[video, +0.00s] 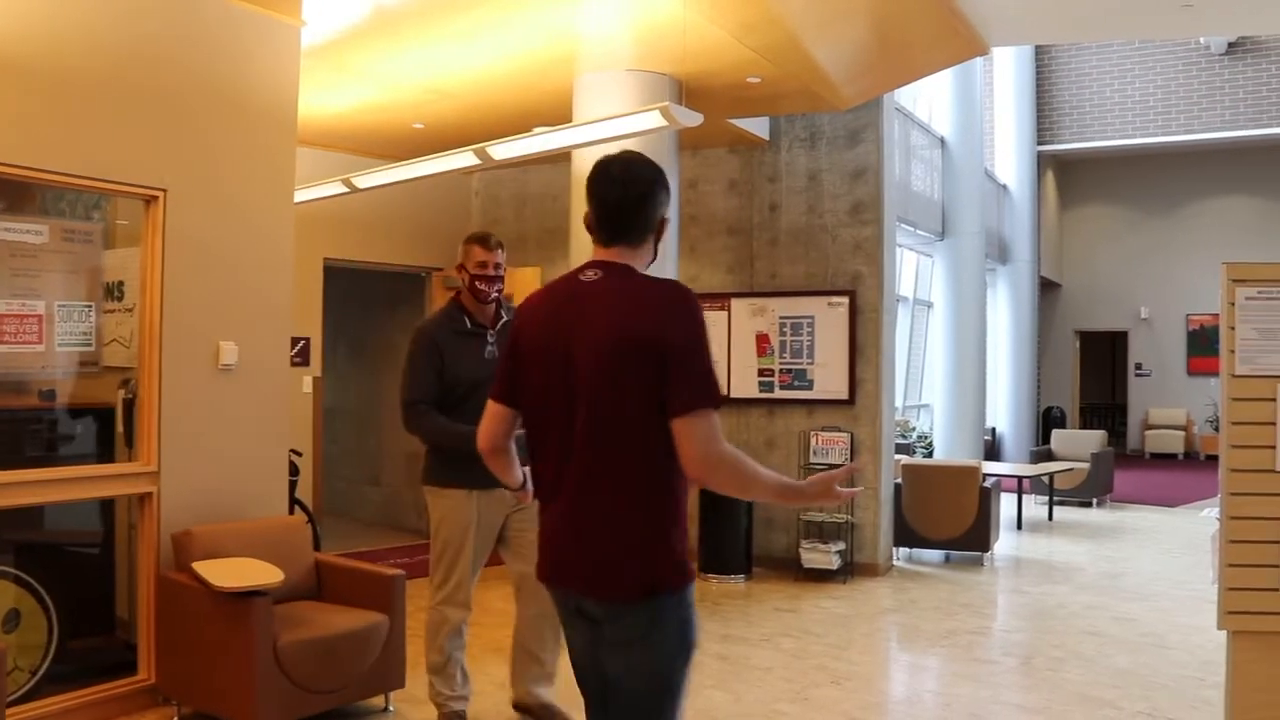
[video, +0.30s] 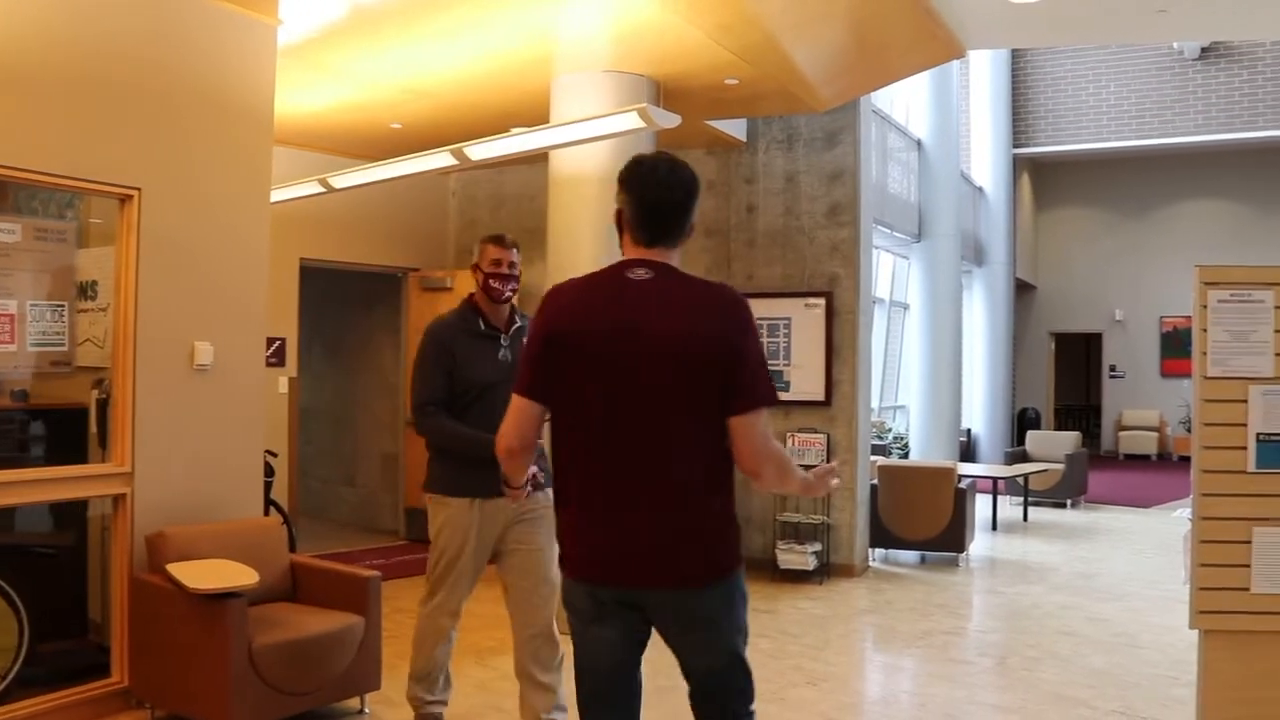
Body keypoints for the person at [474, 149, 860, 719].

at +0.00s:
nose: (666, 227)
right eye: (667, 216)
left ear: (589, 221)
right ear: (662, 225)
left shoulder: (538, 308)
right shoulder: (668, 304)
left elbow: (492, 440)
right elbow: (705, 459)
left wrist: (519, 482)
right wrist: (799, 491)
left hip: (565, 562)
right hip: (645, 568)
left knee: (604, 711)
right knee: (646, 710)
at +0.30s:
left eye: (620, 206)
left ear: (620, 215)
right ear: (692, 223)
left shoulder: (563, 305)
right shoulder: (720, 308)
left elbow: (513, 442)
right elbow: (758, 459)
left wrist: (517, 482)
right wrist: (804, 483)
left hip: (593, 562)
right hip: (694, 564)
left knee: (604, 712)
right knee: (725, 707)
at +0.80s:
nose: (702, 229)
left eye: (705, 219)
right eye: (705, 219)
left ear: (711, 227)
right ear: (776, 234)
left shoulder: (675, 308)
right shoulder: (818, 322)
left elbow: (643, 445)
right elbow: (842, 467)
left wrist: (569, 498)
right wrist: (782, 487)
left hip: (690, 568)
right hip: (788, 571)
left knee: (632, 712)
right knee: (769, 713)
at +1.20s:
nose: (742, 227)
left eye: (745, 215)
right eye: (746, 215)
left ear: (755, 224)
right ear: (816, 232)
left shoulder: (740, 299)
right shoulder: (848, 320)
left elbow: (728, 443)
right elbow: (867, 464)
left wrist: (630, 507)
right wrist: (795, 489)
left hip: (744, 573)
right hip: (822, 573)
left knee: (711, 709)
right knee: (781, 712)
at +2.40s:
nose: (839, 218)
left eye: (845, 203)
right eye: (842, 204)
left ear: (873, 209)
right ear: (897, 212)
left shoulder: (924, 302)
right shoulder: (909, 297)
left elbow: (965, 470)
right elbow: (895, 442)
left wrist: (845, 553)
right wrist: (802, 457)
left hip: (891, 590)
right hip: (876, 584)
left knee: (873, 710)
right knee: (866, 709)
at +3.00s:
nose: (900, 234)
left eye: (907, 221)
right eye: (902, 222)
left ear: (937, 230)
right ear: (943, 232)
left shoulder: (978, 312)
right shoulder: (962, 310)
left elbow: (1012, 458)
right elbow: (951, 450)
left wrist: (904, 526)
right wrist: (861, 468)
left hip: (943, 572)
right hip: (942, 566)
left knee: (890, 711)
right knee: (945, 712)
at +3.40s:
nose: (900, 232)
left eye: (911, 219)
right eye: (900, 220)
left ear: (952, 225)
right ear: (945, 226)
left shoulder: (995, 308)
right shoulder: (949, 312)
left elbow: (1034, 443)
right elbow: (925, 446)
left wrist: (936, 512)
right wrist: (837, 460)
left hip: (949, 569)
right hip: (906, 560)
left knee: (928, 712)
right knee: (905, 710)